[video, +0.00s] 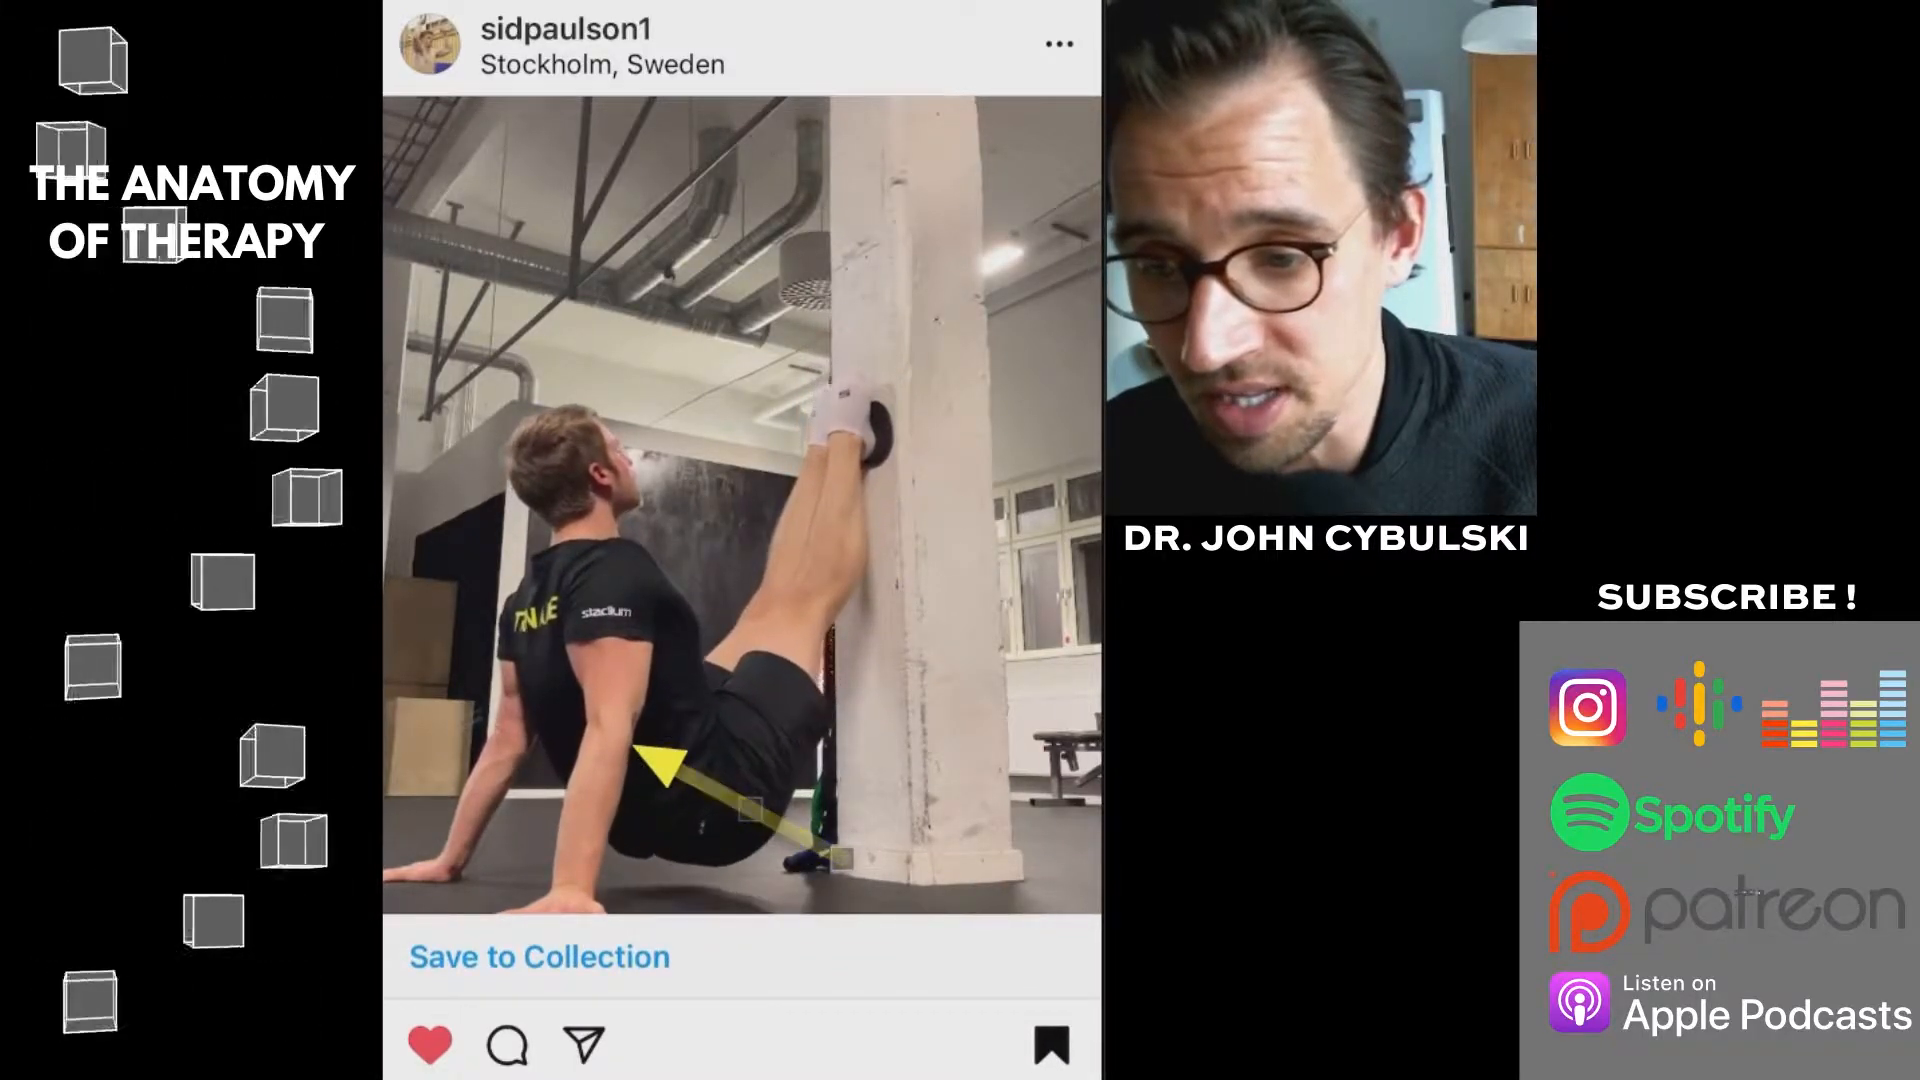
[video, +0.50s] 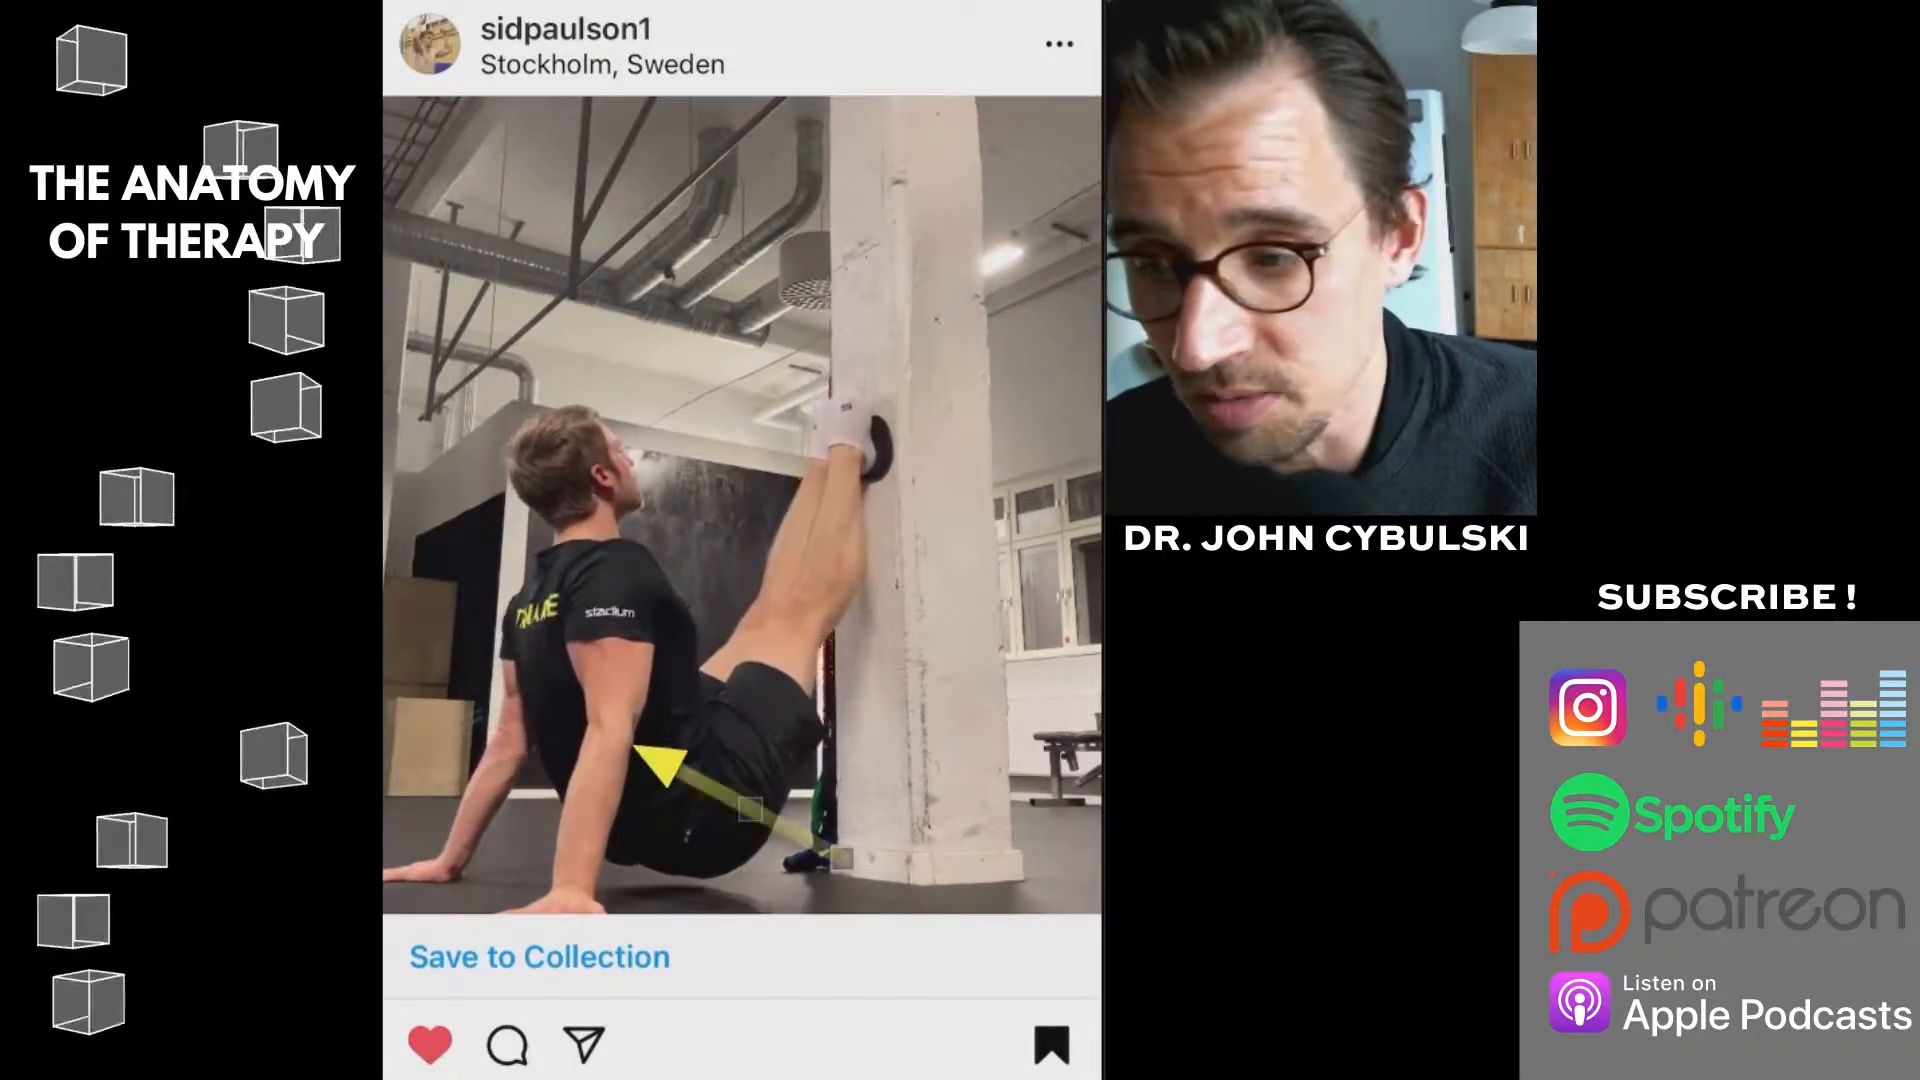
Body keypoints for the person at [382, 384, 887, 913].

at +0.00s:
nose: (630, 460)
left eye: (620, 448)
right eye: (620, 452)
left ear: (541, 496)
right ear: (603, 476)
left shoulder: (522, 600)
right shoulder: (615, 571)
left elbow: (506, 746)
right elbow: (606, 730)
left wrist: (449, 860)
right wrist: (573, 888)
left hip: (654, 820)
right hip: (722, 804)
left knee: (774, 601)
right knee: (810, 600)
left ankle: (824, 443)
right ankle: (847, 448)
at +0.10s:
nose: (631, 461)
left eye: (622, 449)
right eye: (621, 452)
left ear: (541, 497)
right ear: (602, 476)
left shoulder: (521, 601)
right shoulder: (614, 570)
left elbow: (507, 744)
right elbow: (606, 731)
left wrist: (449, 860)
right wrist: (573, 888)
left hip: (656, 822)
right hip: (720, 805)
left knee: (776, 601)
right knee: (808, 600)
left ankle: (824, 443)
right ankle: (846, 448)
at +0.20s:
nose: (631, 461)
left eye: (622, 449)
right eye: (621, 453)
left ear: (542, 497)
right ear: (602, 477)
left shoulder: (523, 601)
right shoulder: (615, 569)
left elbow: (508, 745)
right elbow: (606, 730)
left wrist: (449, 860)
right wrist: (573, 889)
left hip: (654, 824)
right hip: (716, 808)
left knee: (774, 604)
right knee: (807, 603)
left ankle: (825, 446)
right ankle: (846, 448)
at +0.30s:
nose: (631, 461)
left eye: (622, 449)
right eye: (621, 452)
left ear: (543, 497)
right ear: (603, 477)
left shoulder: (523, 601)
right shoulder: (615, 570)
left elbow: (507, 746)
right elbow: (607, 730)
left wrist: (449, 860)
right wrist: (573, 888)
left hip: (654, 824)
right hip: (716, 809)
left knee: (774, 604)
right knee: (808, 603)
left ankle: (824, 445)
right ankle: (846, 450)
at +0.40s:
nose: (631, 460)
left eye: (622, 449)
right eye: (621, 452)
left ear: (543, 497)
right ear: (603, 477)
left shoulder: (525, 600)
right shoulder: (615, 569)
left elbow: (508, 745)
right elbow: (607, 730)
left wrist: (449, 860)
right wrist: (573, 888)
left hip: (654, 826)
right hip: (712, 811)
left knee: (772, 608)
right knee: (805, 606)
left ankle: (825, 449)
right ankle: (846, 449)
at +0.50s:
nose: (632, 460)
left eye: (622, 448)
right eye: (622, 453)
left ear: (544, 499)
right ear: (604, 478)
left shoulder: (526, 600)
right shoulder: (616, 569)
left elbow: (508, 747)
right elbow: (607, 730)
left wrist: (450, 860)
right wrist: (572, 886)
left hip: (650, 829)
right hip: (708, 814)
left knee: (773, 609)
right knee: (805, 608)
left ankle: (825, 456)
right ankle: (846, 455)